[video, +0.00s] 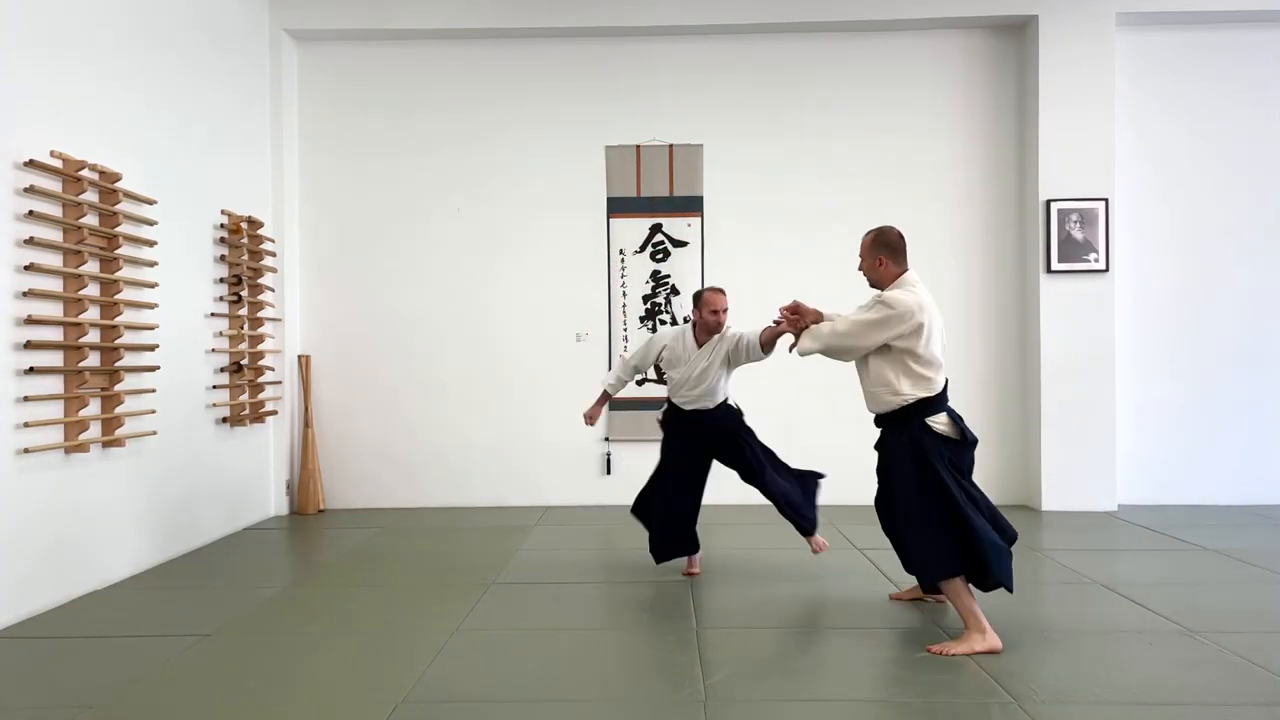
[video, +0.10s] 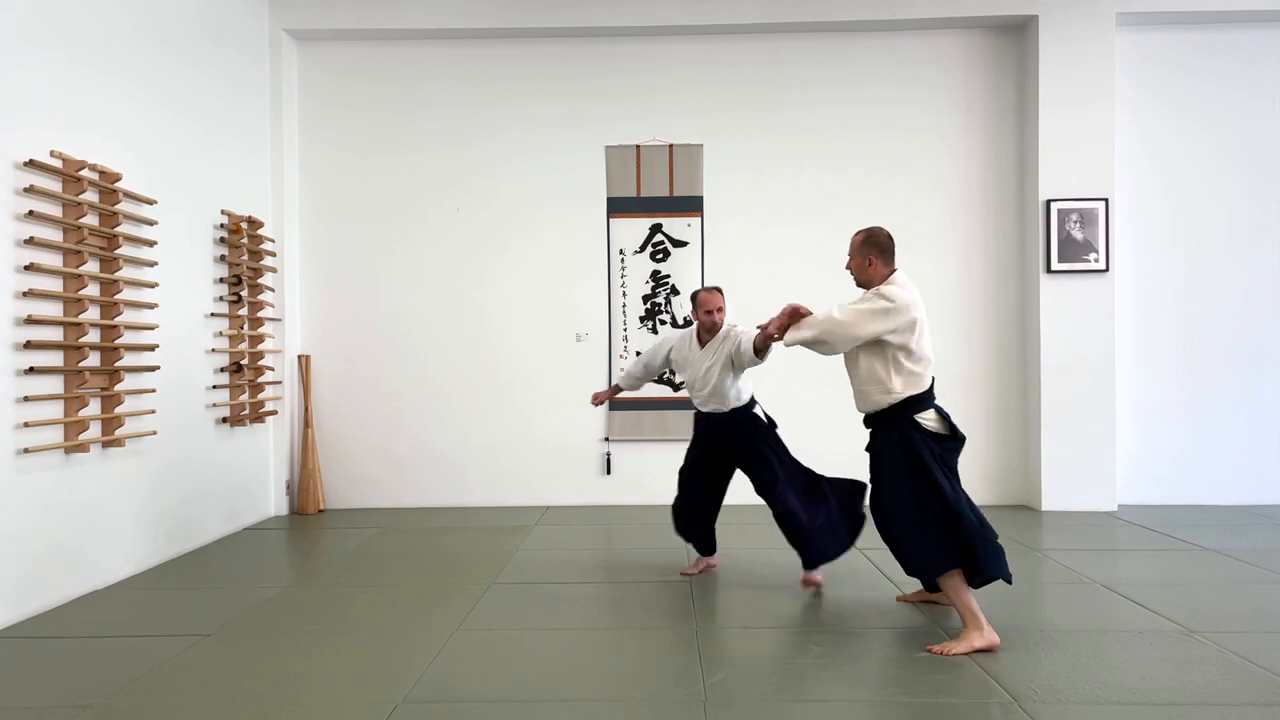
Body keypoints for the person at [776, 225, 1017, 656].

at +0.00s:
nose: (862, 269)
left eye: (864, 261)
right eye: (862, 261)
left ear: (881, 262)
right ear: (895, 261)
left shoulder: (899, 304)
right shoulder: (906, 296)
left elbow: (848, 339)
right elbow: (860, 325)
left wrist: (806, 331)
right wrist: (819, 317)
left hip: (916, 431)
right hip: (908, 426)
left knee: (925, 525)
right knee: (894, 508)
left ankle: (980, 632)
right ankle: (932, 583)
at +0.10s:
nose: (848, 266)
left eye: (851, 259)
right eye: (849, 258)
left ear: (871, 262)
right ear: (881, 261)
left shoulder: (892, 300)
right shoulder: (886, 295)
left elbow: (835, 328)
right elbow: (840, 330)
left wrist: (783, 329)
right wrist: (801, 319)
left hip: (908, 427)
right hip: (894, 425)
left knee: (921, 521)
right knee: (896, 511)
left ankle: (979, 628)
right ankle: (940, 584)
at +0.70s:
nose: (725, 272)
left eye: (729, 264)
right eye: (726, 265)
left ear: (748, 263)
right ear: (755, 263)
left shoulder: (764, 297)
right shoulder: (750, 302)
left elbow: (703, 296)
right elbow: (711, 352)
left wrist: (668, 272)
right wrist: (673, 324)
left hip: (776, 421)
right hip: (764, 419)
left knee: (749, 513)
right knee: (763, 505)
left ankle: (789, 606)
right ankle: (825, 558)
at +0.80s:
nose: (704, 269)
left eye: (709, 262)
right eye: (704, 263)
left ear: (729, 264)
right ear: (728, 266)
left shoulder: (748, 296)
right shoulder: (710, 310)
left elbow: (680, 268)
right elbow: (667, 322)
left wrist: (661, 250)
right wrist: (649, 275)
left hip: (751, 421)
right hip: (718, 421)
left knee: (739, 517)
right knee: (675, 500)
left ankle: (789, 606)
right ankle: (706, 574)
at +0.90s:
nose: (681, 270)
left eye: (688, 262)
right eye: (679, 264)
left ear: (707, 264)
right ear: (683, 271)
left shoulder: (730, 304)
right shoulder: (677, 305)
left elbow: (705, 246)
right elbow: (633, 288)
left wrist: (677, 228)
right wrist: (649, 248)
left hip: (717, 419)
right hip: (675, 419)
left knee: (732, 516)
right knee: (628, 494)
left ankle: (787, 605)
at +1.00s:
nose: (673, 280)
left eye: (683, 275)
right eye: (669, 271)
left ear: (700, 279)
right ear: (660, 269)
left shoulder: (702, 315)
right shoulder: (643, 305)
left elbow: (730, 269)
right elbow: (628, 263)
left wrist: (709, 232)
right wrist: (663, 230)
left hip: (680, 427)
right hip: (632, 424)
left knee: (719, 506)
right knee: (585, 501)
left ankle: (766, 595)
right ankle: (561, 571)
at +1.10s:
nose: (671, 287)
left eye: (677, 283)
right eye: (666, 279)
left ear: (681, 290)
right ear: (645, 278)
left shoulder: (675, 324)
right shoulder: (610, 312)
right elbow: (653, 293)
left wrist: (717, 287)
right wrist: (688, 267)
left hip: (654, 439)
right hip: (604, 434)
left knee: (697, 507)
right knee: (571, 505)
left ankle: (736, 590)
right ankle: (550, 575)